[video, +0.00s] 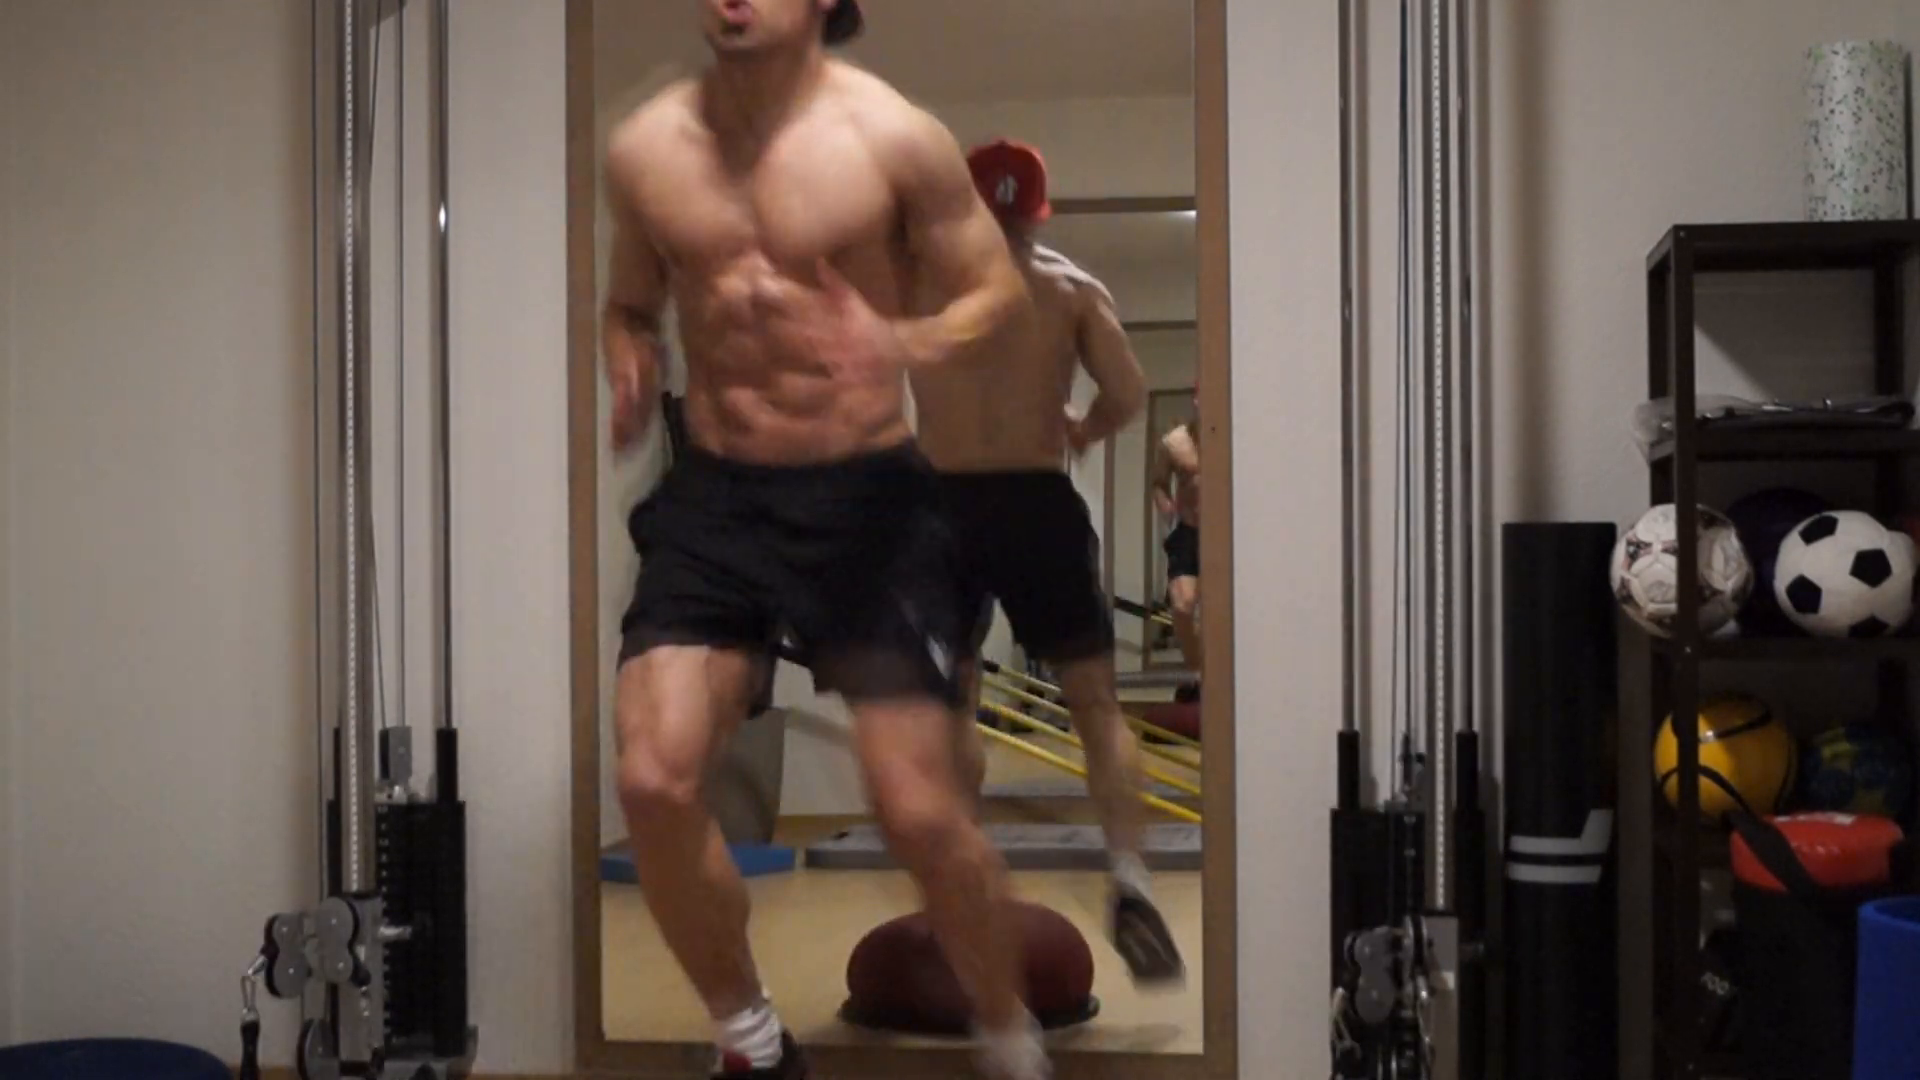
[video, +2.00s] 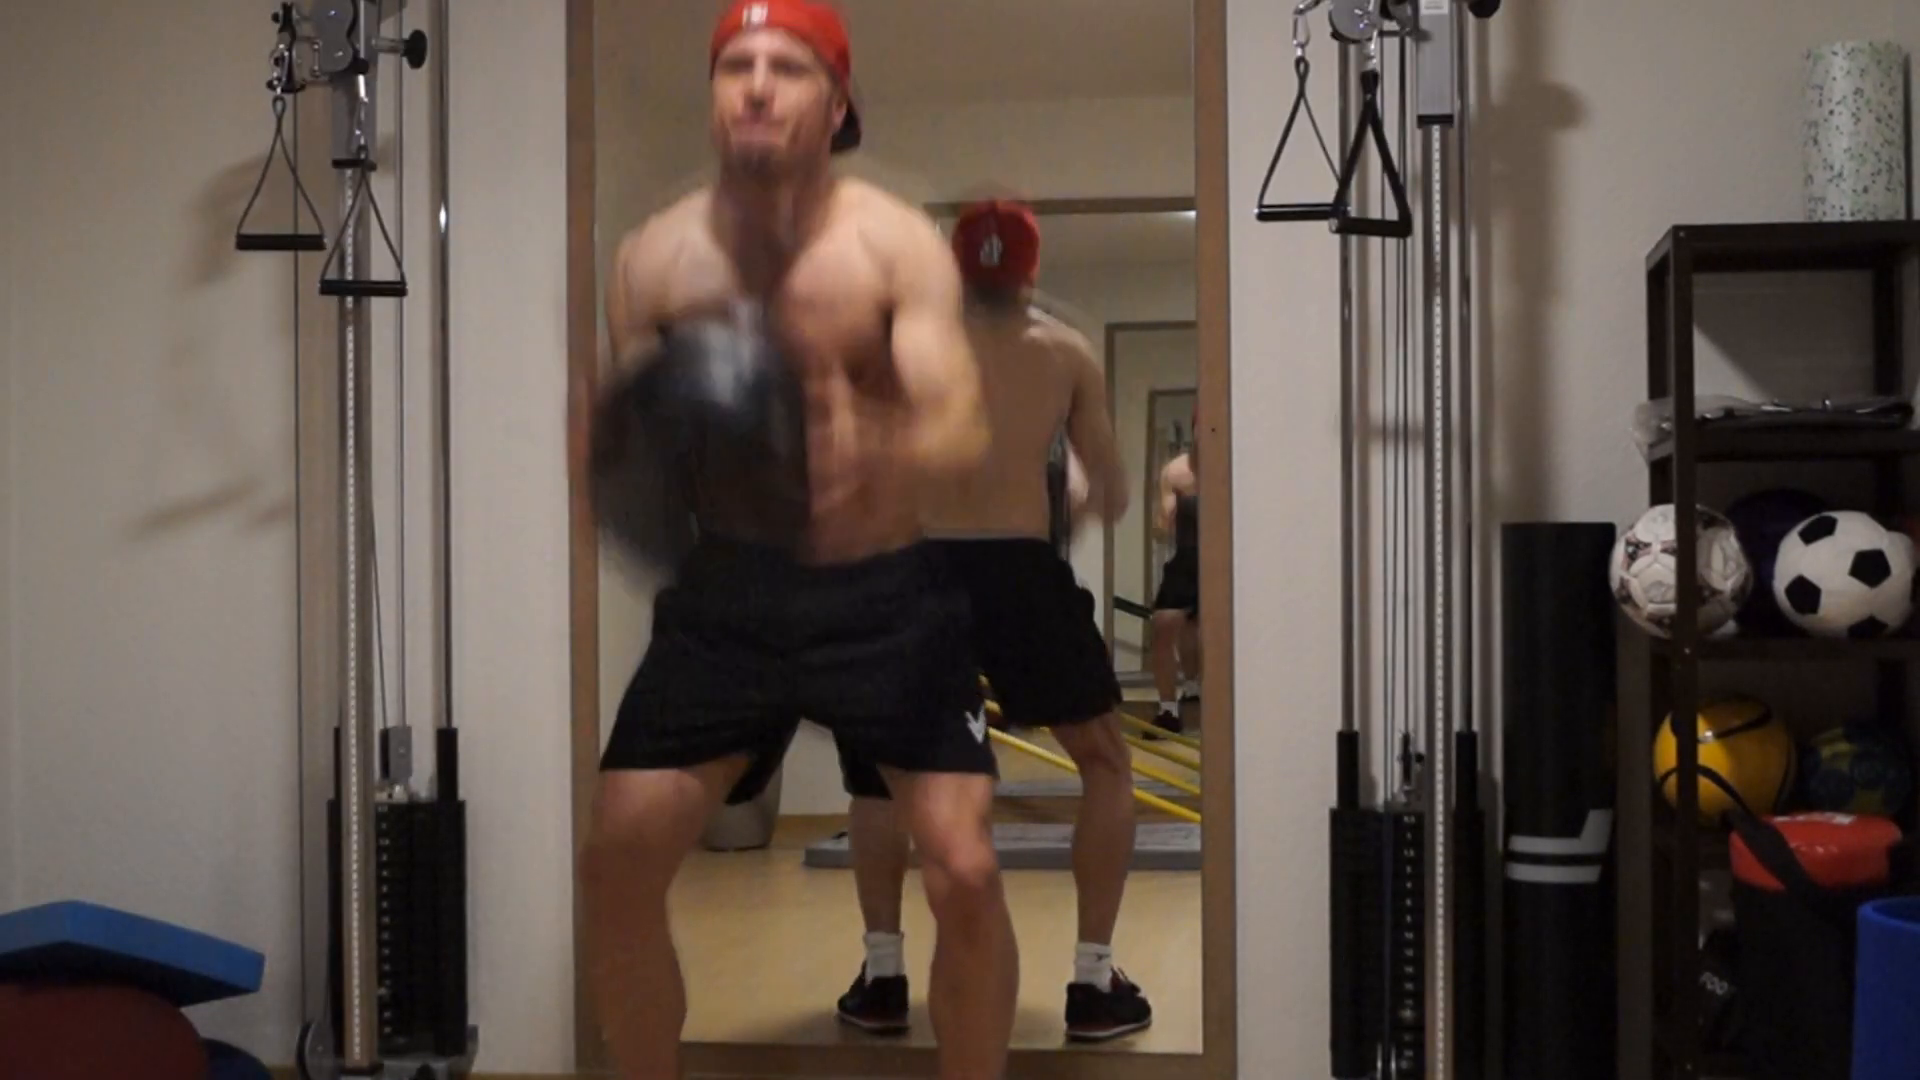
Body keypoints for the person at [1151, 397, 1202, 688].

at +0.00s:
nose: (1201, 403)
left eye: (1207, 395)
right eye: (1199, 395)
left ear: (1219, 401)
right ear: (1194, 400)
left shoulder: (1227, 441)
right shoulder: (1176, 442)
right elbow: (1159, 482)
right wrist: (1166, 503)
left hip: (1221, 531)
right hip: (1188, 530)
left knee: (1220, 606)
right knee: (1183, 603)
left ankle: (1216, 677)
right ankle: (1193, 671)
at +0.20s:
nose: (1190, 396)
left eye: (1196, 389)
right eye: (1184, 390)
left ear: (1205, 395)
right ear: (1176, 396)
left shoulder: (1213, 435)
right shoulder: (1157, 437)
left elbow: (1228, 475)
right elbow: (1133, 470)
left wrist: (1222, 511)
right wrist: (1135, 509)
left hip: (1207, 524)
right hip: (1169, 522)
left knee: (1215, 603)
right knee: (1141, 591)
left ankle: (1206, 673)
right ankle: (1150, 658)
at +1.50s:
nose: (1168, 410)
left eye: (1175, 405)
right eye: (1161, 404)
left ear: (1187, 412)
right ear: (1151, 410)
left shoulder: (1198, 448)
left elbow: (1214, 491)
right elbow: (1102, 489)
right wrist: (1108, 538)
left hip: (1184, 540)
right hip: (1140, 541)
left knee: (1188, 589)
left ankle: (1203, 660)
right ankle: (1120, 705)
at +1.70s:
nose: (1203, 405)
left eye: (1207, 399)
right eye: (1200, 399)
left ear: (1213, 407)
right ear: (1192, 405)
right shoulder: (1173, 438)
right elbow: (1142, 412)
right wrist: (1160, 361)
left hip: (1212, 540)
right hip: (1181, 538)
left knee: (1206, 626)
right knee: (1172, 626)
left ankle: (1198, 698)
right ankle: (1166, 706)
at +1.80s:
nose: (1189, 403)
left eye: (1190, 393)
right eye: (1186, 395)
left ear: (1200, 396)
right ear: (1185, 399)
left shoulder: (1221, 438)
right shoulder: (1179, 439)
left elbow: (1149, 451)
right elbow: (1148, 453)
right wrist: (1157, 408)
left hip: (1210, 540)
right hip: (1185, 538)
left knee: (1205, 626)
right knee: (1172, 627)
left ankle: (1197, 694)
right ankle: (1167, 705)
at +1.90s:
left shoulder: (1222, 448)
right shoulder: (1181, 457)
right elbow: (1152, 486)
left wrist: (1180, 459)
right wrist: (1161, 446)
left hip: (1212, 545)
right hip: (1186, 544)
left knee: (1201, 625)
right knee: (1171, 623)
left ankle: (1193, 692)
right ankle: (1167, 705)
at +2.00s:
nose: (1204, 434)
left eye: (1210, 427)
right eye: (1200, 426)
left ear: (1219, 431)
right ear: (1193, 430)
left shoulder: (1225, 469)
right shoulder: (1175, 471)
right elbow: (1166, 523)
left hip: (1215, 558)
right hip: (1186, 557)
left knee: (1197, 625)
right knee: (1165, 619)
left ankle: (1192, 685)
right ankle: (1168, 707)